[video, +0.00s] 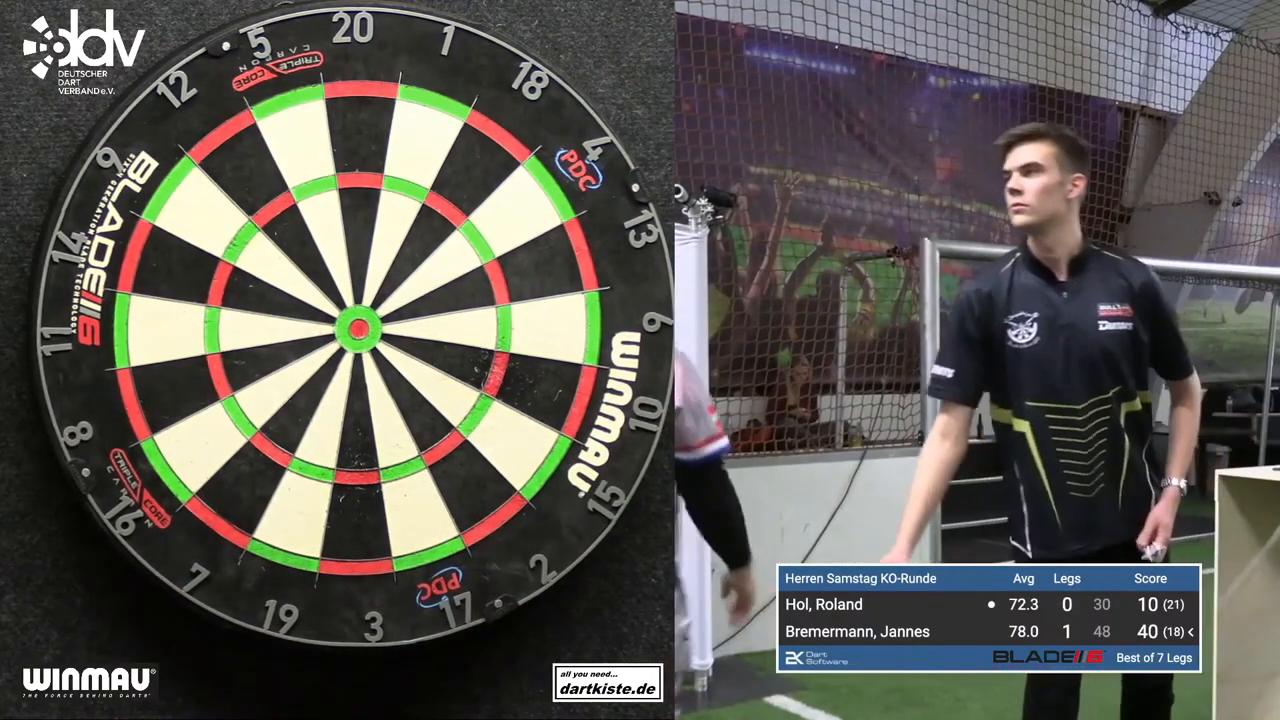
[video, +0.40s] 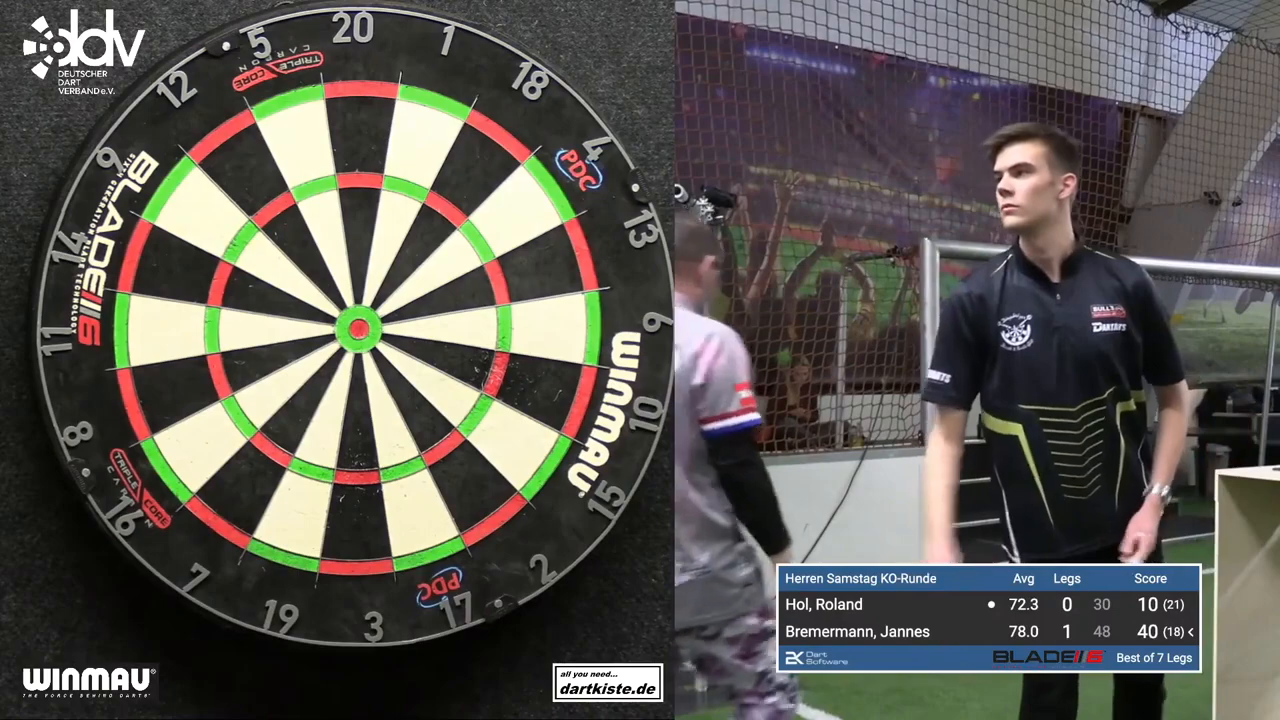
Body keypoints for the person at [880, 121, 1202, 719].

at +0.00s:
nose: (1013, 187)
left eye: (1030, 173)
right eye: (1008, 177)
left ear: (1075, 186)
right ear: (1003, 192)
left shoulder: (1133, 285)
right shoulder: (985, 299)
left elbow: (1186, 391)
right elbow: (950, 431)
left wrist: (1172, 493)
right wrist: (900, 550)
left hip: (1134, 530)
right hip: (1044, 538)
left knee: (1151, 687)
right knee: (1051, 695)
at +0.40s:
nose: (1003, 186)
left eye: (1021, 172)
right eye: (998, 176)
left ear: (1066, 187)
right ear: (996, 191)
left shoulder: (1126, 285)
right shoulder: (977, 301)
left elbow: (1175, 402)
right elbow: (945, 435)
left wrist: (1154, 503)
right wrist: (940, 549)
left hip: (1126, 534)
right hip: (1037, 544)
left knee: (1143, 686)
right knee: (1049, 697)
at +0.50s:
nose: (1012, 186)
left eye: (1030, 172)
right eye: (1008, 176)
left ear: (1074, 186)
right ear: (1004, 190)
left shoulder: (1131, 289)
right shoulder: (979, 299)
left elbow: (1171, 411)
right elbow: (953, 431)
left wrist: (1141, 508)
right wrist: (995, 535)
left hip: (1125, 543)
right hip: (1034, 551)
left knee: (1136, 697)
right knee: (1048, 700)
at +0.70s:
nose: (1042, 188)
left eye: (1059, 175)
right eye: (1035, 179)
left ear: (1102, 189)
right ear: (1028, 193)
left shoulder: (1148, 295)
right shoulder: (996, 293)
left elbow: (1182, 418)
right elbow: (945, 404)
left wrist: (1148, 502)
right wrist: (1031, 454)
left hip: (1132, 537)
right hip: (1040, 538)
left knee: (1142, 695)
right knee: (1052, 696)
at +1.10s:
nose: (1117, 197)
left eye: (1133, 184)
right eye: (1107, 187)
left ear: (1169, 196)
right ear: (1098, 202)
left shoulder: (1205, 304)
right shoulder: (1063, 287)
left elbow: (1247, 419)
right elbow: (973, 370)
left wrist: (1224, 505)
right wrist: (1054, 438)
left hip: (1180, 542)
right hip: (1088, 540)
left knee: (1206, 700)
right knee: (1080, 699)